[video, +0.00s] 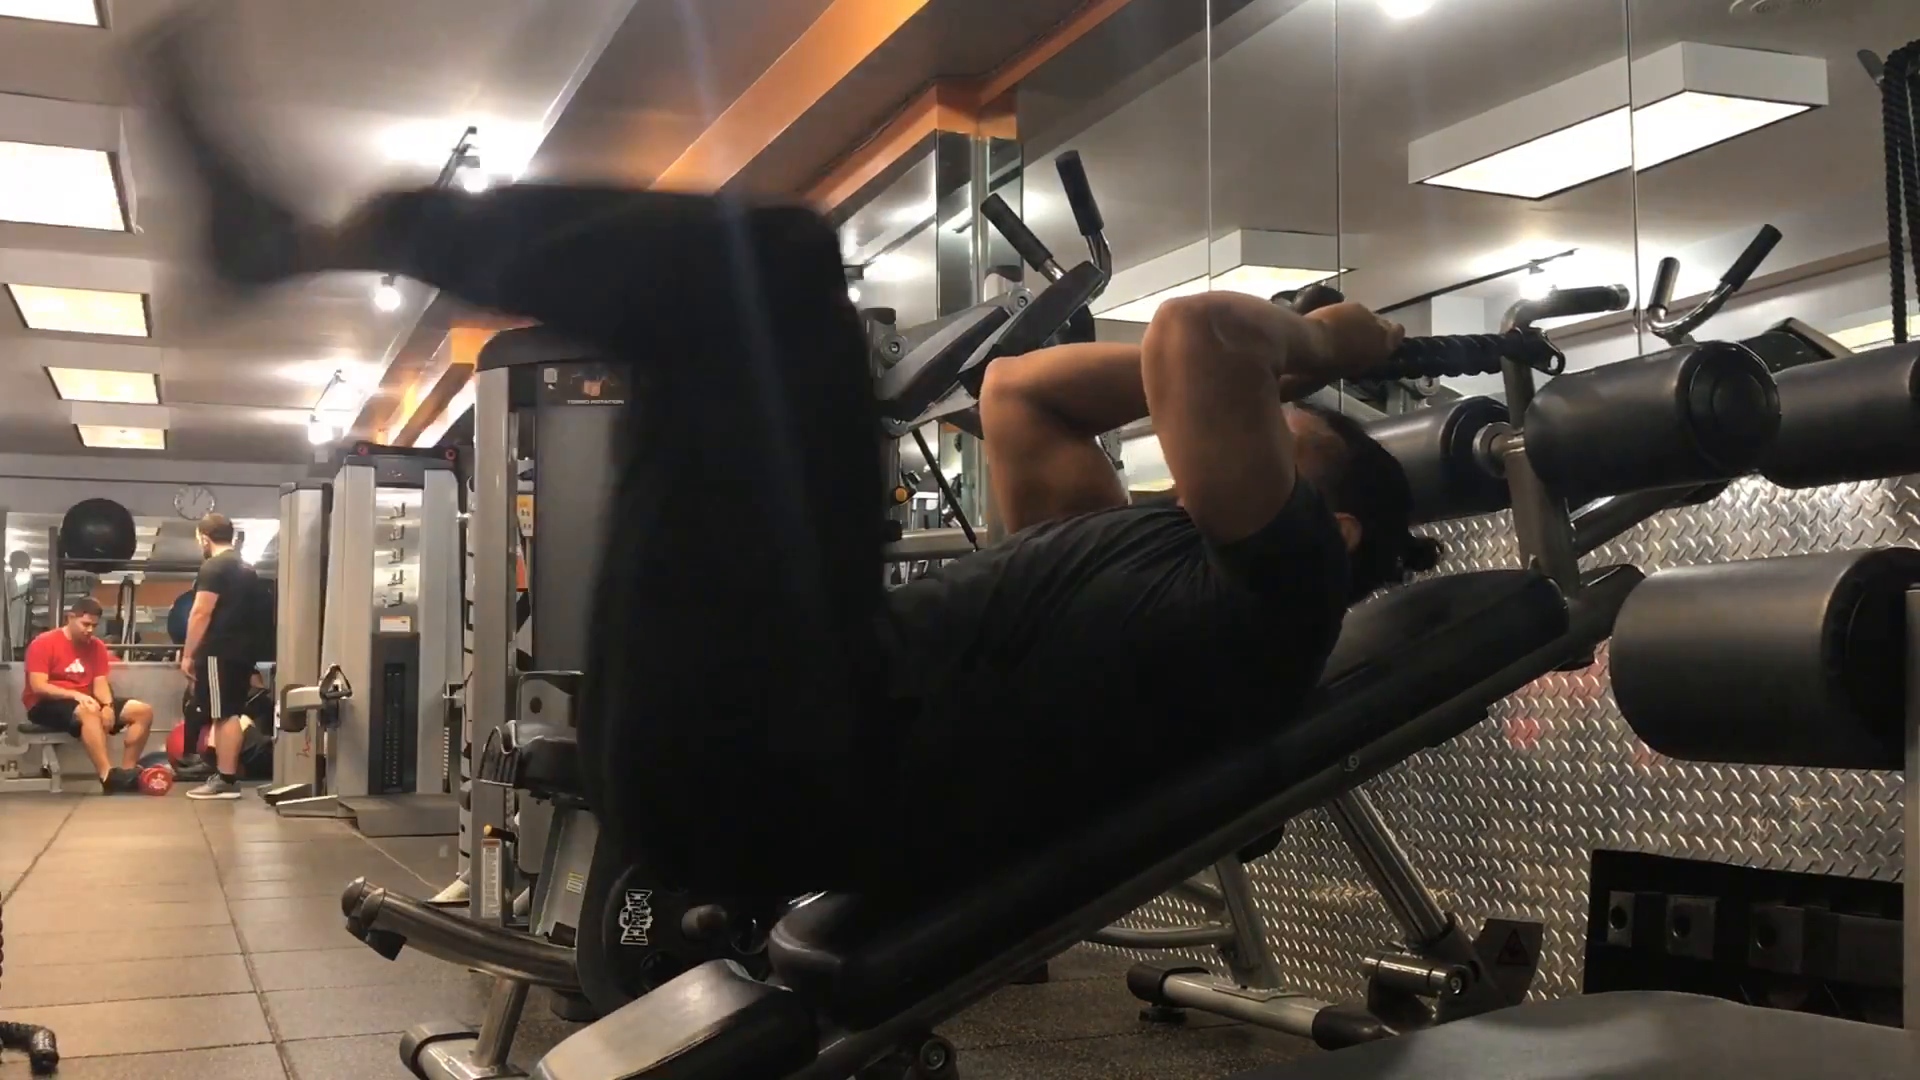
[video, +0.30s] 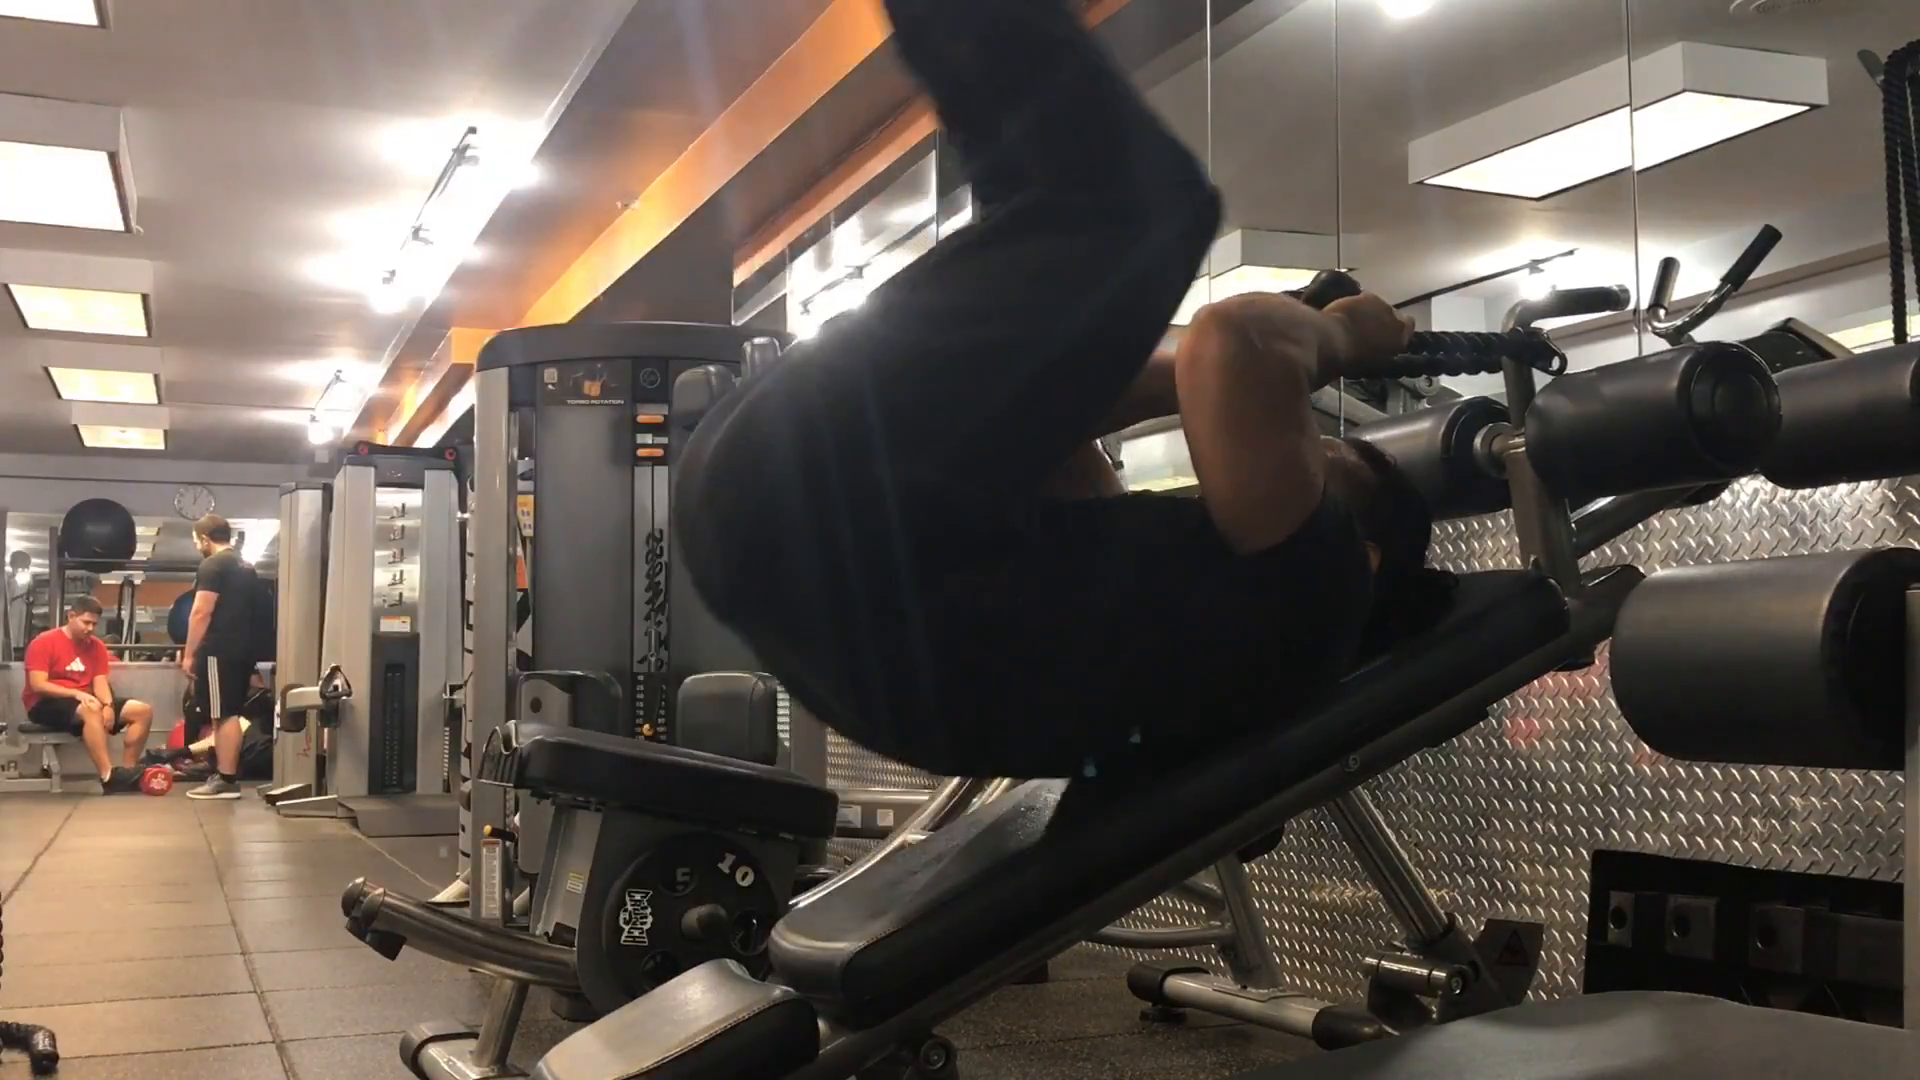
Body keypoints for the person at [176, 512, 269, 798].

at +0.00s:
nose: (199, 544)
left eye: (199, 540)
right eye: (198, 540)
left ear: (205, 539)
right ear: (230, 537)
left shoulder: (213, 567)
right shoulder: (244, 568)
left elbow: (201, 613)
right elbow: (246, 615)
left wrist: (188, 653)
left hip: (219, 650)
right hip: (239, 649)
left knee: (226, 715)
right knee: (229, 714)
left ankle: (226, 779)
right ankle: (227, 777)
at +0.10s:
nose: (198, 545)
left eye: (198, 539)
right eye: (197, 539)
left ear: (206, 539)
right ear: (229, 537)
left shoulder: (213, 567)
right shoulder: (243, 567)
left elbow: (201, 612)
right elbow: (245, 614)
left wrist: (187, 652)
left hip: (218, 649)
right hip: (238, 648)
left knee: (225, 716)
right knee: (228, 715)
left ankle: (226, 779)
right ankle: (227, 777)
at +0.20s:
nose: (198, 545)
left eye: (198, 540)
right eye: (197, 540)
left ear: (206, 539)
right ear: (228, 537)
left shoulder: (212, 566)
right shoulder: (243, 566)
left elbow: (202, 612)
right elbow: (248, 612)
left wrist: (187, 652)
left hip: (219, 649)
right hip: (239, 648)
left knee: (224, 715)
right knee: (228, 714)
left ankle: (226, 779)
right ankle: (227, 777)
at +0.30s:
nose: (197, 546)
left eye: (197, 541)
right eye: (196, 541)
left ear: (206, 539)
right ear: (226, 537)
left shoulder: (212, 565)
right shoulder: (244, 566)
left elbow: (202, 612)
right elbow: (249, 612)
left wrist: (189, 652)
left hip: (219, 649)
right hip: (239, 648)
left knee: (225, 715)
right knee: (228, 714)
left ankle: (226, 779)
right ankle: (226, 776)